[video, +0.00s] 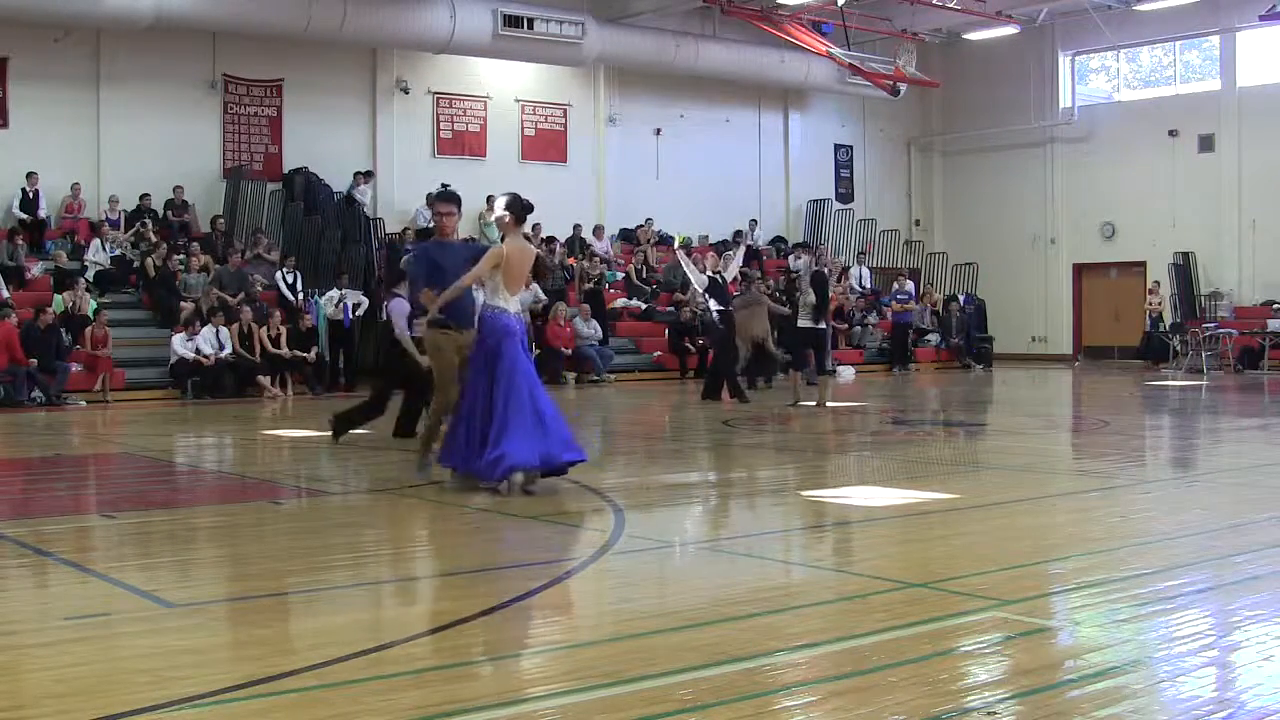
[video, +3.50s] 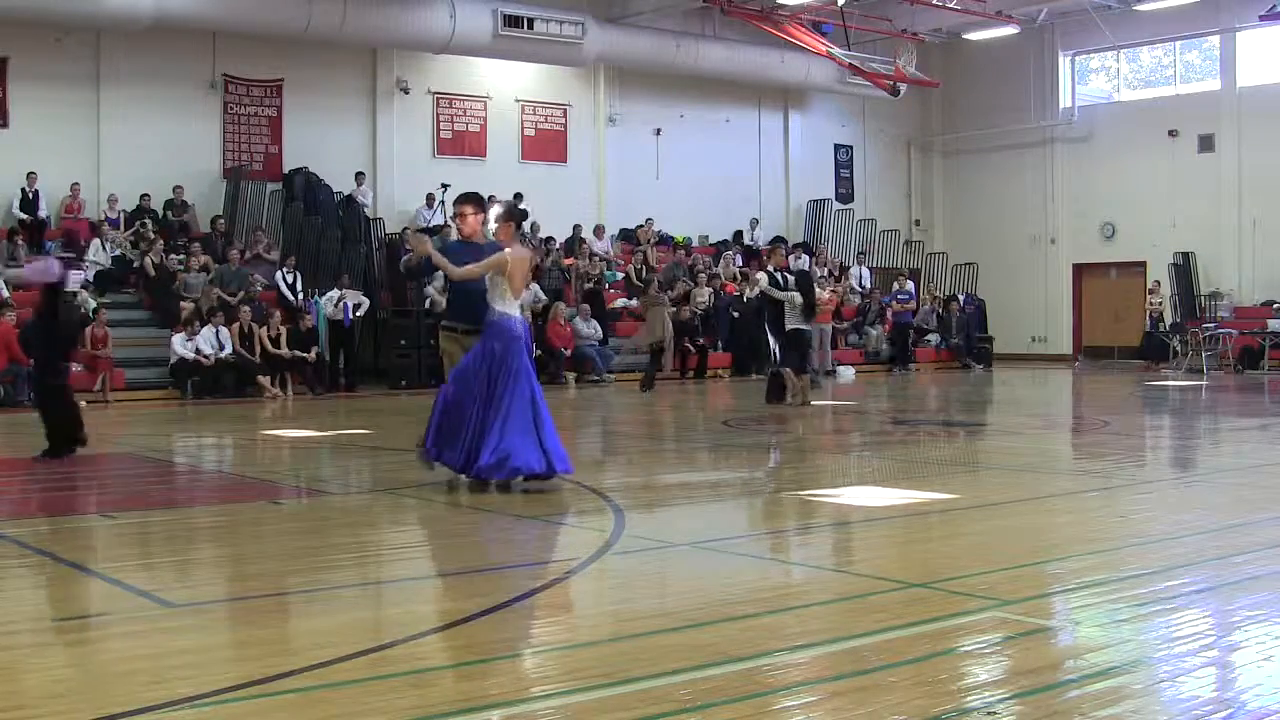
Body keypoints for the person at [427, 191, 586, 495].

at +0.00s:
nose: (492, 216)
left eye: (496, 211)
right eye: (494, 211)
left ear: (509, 217)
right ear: (519, 219)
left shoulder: (500, 251)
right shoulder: (531, 251)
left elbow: (467, 280)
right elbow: (519, 284)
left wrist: (438, 302)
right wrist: (487, 280)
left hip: (494, 321)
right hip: (516, 322)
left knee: (495, 390)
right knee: (514, 389)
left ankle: (507, 459)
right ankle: (527, 456)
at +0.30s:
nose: (490, 217)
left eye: (494, 213)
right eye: (491, 212)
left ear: (507, 218)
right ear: (514, 220)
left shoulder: (499, 248)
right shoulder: (521, 249)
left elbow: (458, 257)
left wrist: (425, 266)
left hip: (488, 320)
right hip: (505, 320)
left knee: (488, 389)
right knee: (500, 389)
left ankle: (492, 459)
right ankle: (495, 458)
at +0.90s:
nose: (486, 216)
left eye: (490, 211)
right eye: (488, 211)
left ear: (505, 216)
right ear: (511, 218)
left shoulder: (499, 249)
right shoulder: (521, 249)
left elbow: (464, 241)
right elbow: (477, 248)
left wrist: (432, 226)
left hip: (492, 321)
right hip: (510, 320)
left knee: (491, 390)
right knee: (508, 389)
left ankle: (492, 456)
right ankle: (507, 452)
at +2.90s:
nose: (494, 216)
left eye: (498, 212)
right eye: (496, 212)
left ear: (509, 219)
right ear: (520, 219)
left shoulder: (502, 250)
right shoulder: (531, 249)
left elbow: (464, 228)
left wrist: (438, 195)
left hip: (496, 322)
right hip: (517, 322)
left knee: (493, 393)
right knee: (510, 393)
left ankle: (493, 463)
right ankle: (504, 462)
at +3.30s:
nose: (499, 226)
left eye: (501, 221)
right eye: (500, 221)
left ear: (513, 222)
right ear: (520, 223)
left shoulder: (505, 251)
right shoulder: (535, 252)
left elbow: (467, 246)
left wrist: (438, 233)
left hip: (499, 325)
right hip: (520, 325)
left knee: (489, 391)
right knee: (512, 394)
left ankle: (485, 461)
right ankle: (506, 461)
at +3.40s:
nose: (496, 227)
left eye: (500, 222)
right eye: (498, 221)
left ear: (512, 224)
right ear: (521, 224)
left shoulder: (503, 253)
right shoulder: (533, 252)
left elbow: (456, 259)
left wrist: (427, 245)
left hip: (500, 328)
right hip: (520, 328)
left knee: (463, 382)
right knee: (510, 394)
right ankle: (505, 460)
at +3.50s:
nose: (494, 231)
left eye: (497, 225)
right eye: (495, 225)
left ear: (509, 227)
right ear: (514, 227)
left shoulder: (503, 257)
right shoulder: (528, 254)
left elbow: (457, 274)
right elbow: (520, 285)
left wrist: (430, 251)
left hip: (500, 330)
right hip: (518, 328)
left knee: (460, 381)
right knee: (512, 394)